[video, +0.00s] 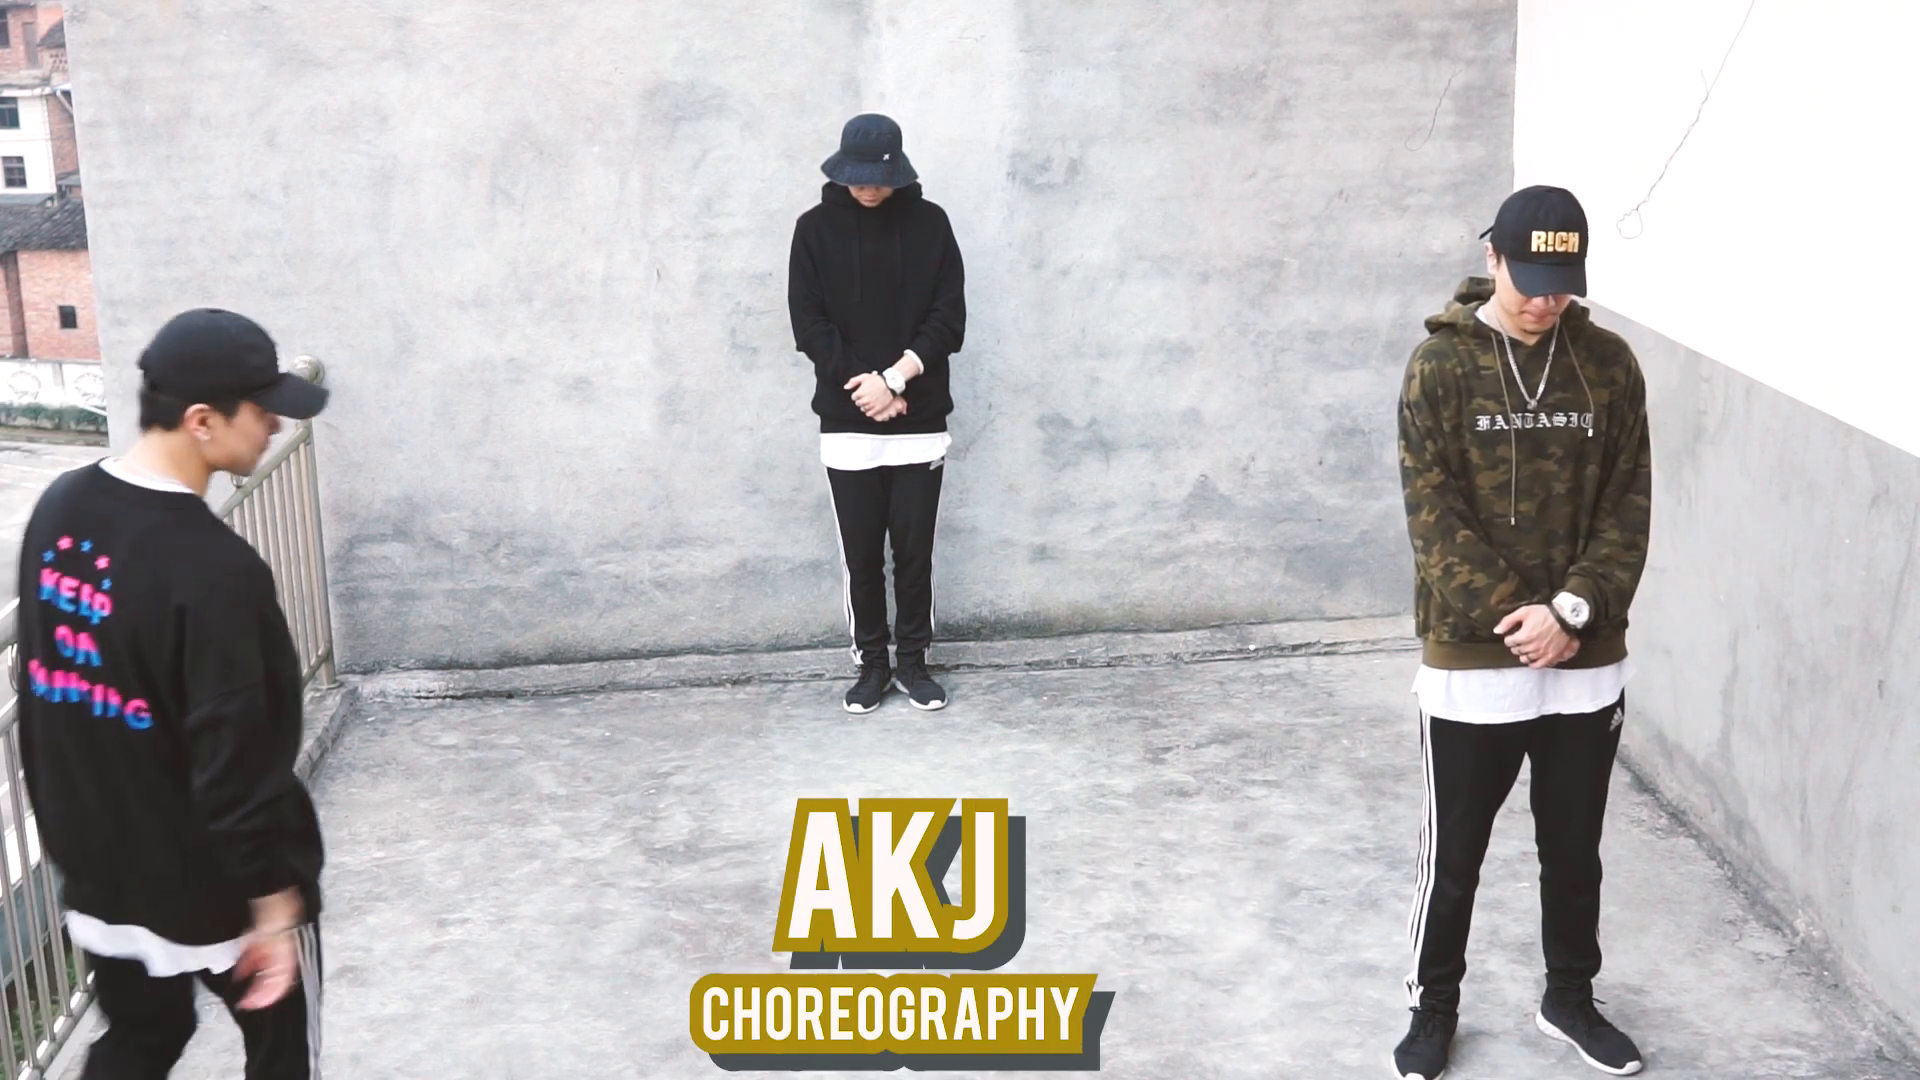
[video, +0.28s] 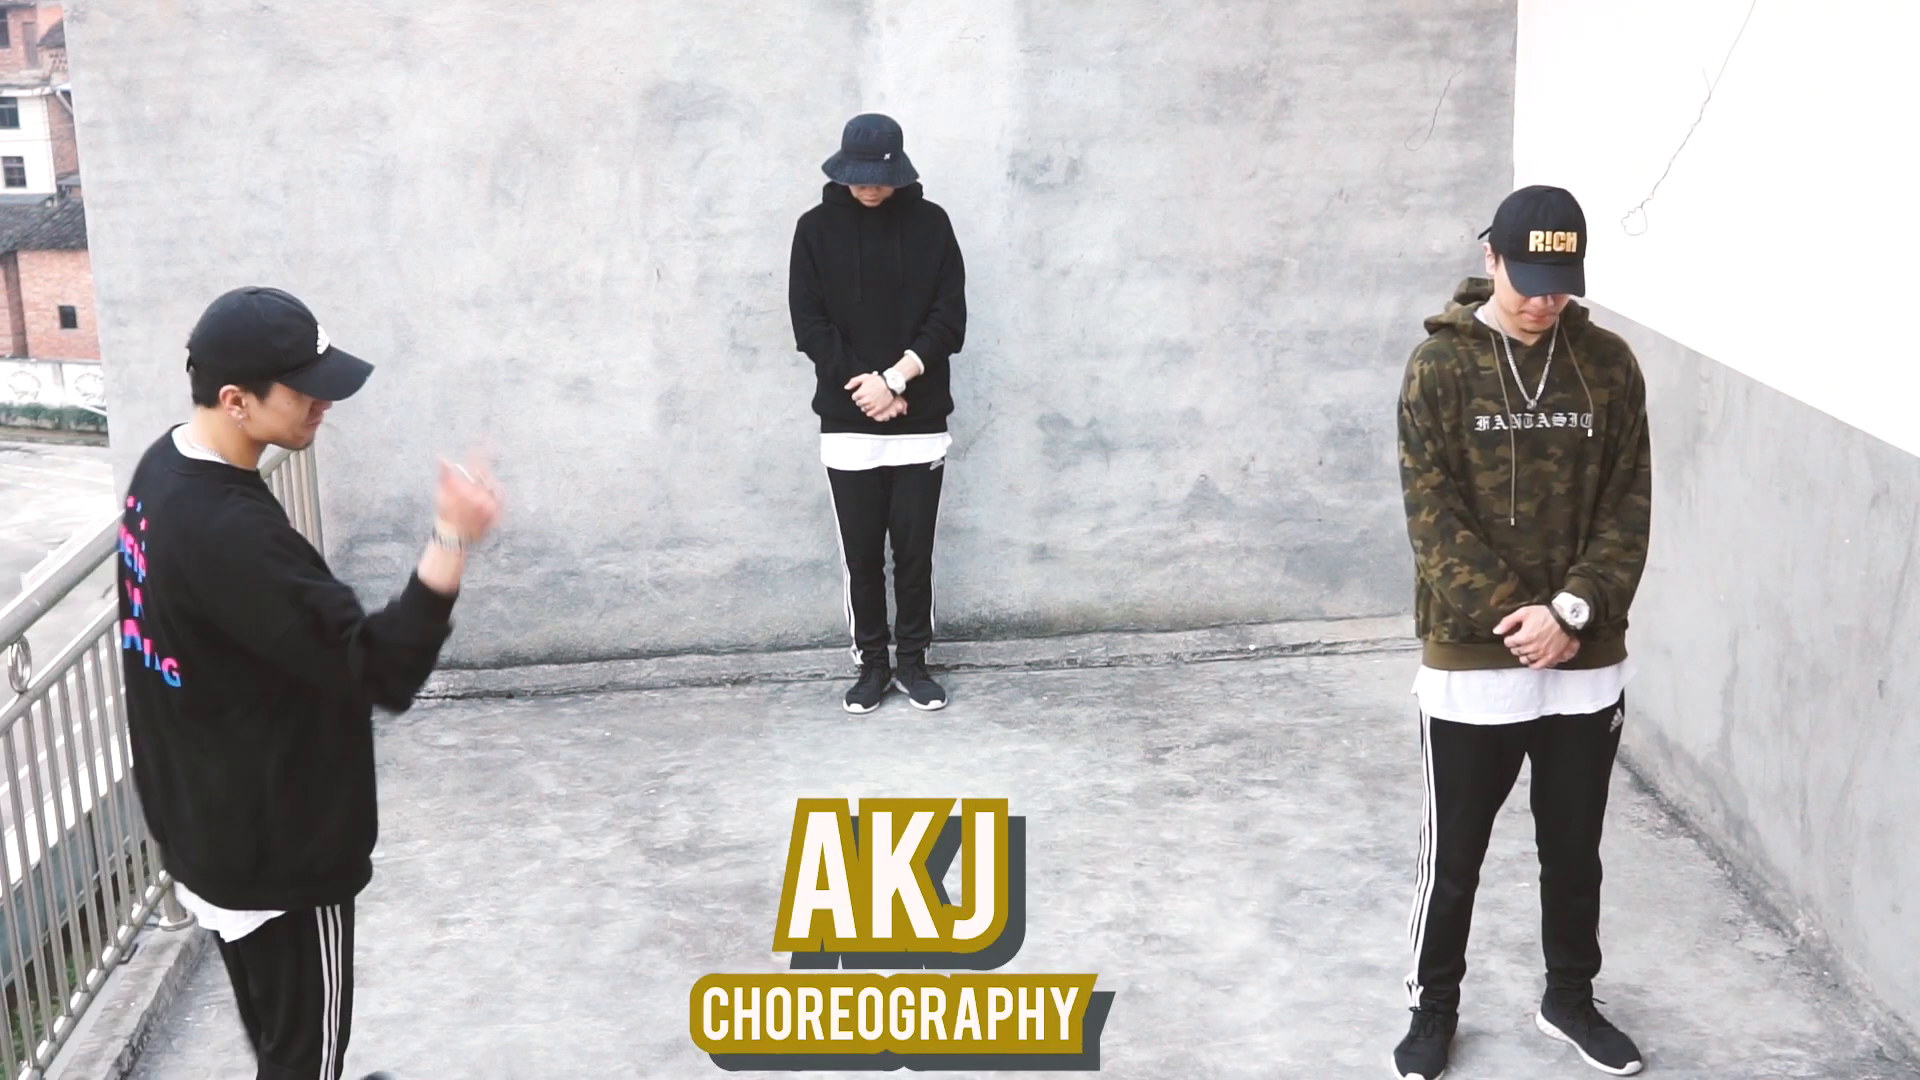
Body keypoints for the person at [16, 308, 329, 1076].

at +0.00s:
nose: (277, 425)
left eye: (276, 409)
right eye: (264, 409)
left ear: (192, 415)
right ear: (202, 420)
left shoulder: (61, 506)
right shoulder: (217, 570)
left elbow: (40, 706)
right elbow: (237, 765)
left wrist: (73, 840)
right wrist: (275, 910)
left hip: (96, 871)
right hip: (215, 887)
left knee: (142, 1033)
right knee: (280, 1053)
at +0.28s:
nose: (321, 404)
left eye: (318, 388)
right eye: (304, 390)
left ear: (232, 395)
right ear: (236, 398)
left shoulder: (166, 469)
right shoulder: (234, 531)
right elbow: (384, 674)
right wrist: (451, 542)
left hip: (217, 836)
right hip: (280, 858)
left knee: (286, 1045)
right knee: (306, 1060)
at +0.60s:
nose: (361, 388)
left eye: (360, 370)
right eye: (343, 375)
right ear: (275, 379)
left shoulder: (335, 443)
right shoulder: (230, 499)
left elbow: (381, 602)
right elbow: (320, 630)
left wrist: (424, 712)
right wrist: (388, 536)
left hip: (373, 770)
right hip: (303, 796)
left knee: (403, 970)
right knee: (336, 1024)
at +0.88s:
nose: (402, 364)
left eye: (409, 344)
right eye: (379, 350)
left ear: (421, 337)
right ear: (319, 349)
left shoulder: (440, 441)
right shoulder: (268, 459)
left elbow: (480, 588)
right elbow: (243, 627)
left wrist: (497, 725)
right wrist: (252, 790)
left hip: (415, 773)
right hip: (304, 789)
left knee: (423, 970)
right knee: (306, 1010)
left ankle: (385, 1078)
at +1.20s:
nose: (324, 377)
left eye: (343, 358)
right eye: (307, 360)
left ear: (384, 339)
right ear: (286, 347)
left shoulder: (443, 446)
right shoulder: (237, 447)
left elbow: (506, 589)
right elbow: (193, 583)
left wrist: (544, 726)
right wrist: (192, 710)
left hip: (407, 762)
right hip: (275, 763)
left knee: (413, 971)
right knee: (277, 981)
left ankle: (386, 1076)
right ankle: (280, 1077)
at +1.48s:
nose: (235, 402)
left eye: (251, 381)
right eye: (219, 383)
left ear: (295, 349)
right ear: (199, 362)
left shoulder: (372, 450)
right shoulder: (176, 464)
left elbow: (438, 606)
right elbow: (148, 622)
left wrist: (432, 738)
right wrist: (163, 760)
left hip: (368, 769)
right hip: (242, 775)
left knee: (416, 957)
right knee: (268, 985)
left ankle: (397, 1074)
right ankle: (286, 1078)